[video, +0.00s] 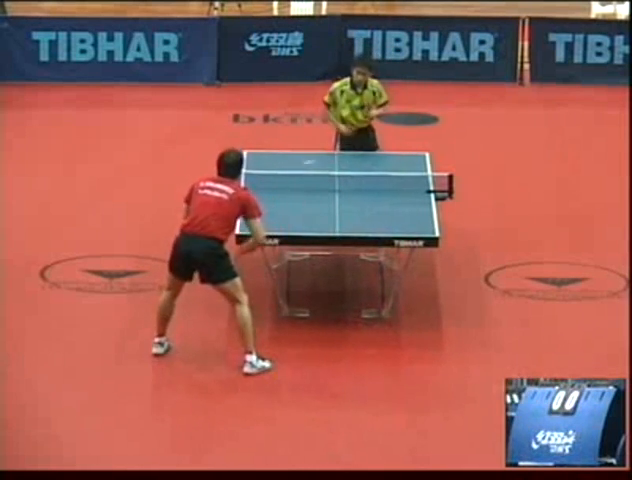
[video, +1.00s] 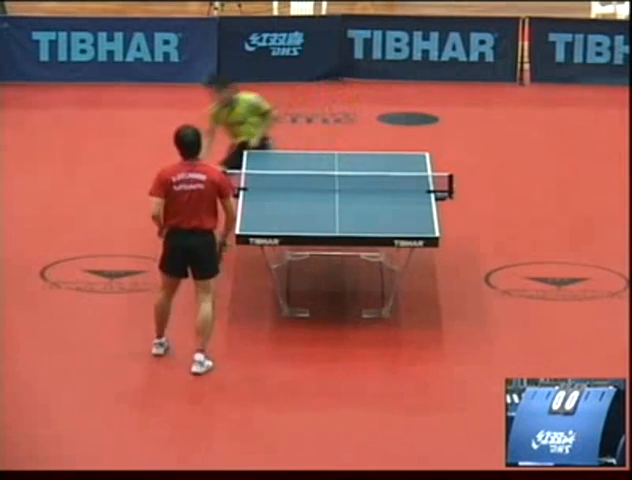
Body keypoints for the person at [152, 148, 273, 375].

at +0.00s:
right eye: (240, 168)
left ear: (218, 167)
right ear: (240, 170)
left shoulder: (200, 185)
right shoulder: (243, 196)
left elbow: (186, 215)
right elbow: (259, 238)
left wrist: (198, 231)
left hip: (184, 241)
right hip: (212, 246)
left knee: (171, 291)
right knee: (240, 300)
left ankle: (159, 339)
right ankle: (251, 357)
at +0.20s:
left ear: (204, 163)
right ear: (227, 164)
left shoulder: (190, 184)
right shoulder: (236, 189)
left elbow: (177, 220)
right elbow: (240, 229)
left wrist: (193, 223)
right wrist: (229, 244)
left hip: (185, 240)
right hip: (214, 243)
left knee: (171, 290)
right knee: (238, 300)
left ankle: (159, 339)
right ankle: (251, 356)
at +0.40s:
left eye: (181, 157)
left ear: (178, 160)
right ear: (201, 157)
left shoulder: (169, 183)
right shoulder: (216, 180)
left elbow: (156, 220)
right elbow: (229, 219)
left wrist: (171, 230)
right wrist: (216, 239)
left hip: (177, 239)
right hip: (204, 238)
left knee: (166, 288)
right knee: (229, 298)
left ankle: (160, 339)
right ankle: (249, 352)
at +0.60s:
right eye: (183, 143)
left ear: (164, 151)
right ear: (187, 146)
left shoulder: (156, 175)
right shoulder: (206, 170)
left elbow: (142, 210)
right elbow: (219, 207)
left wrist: (155, 229)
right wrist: (212, 228)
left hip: (171, 230)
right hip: (198, 229)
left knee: (164, 286)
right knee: (217, 290)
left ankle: (159, 339)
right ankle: (221, 346)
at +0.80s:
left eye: (171, 143)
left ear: (167, 146)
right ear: (189, 142)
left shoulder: (158, 173)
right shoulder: (207, 169)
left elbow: (143, 208)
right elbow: (223, 206)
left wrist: (153, 224)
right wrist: (214, 227)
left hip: (171, 233)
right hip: (199, 232)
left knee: (164, 286)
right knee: (207, 291)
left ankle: (159, 338)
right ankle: (203, 347)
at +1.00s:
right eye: (197, 143)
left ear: (178, 148)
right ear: (200, 146)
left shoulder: (166, 175)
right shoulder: (215, 175)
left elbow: (156, 210)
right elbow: (231, 211)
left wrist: (162, 227)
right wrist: (224, 237)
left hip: (175, 236)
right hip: (204, 237)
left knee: (166, 292)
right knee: (205, 295)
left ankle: (160, 340)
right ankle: (201, 354)